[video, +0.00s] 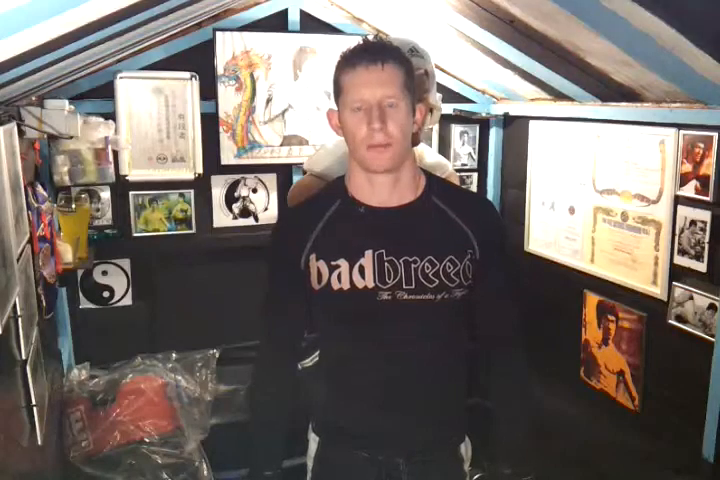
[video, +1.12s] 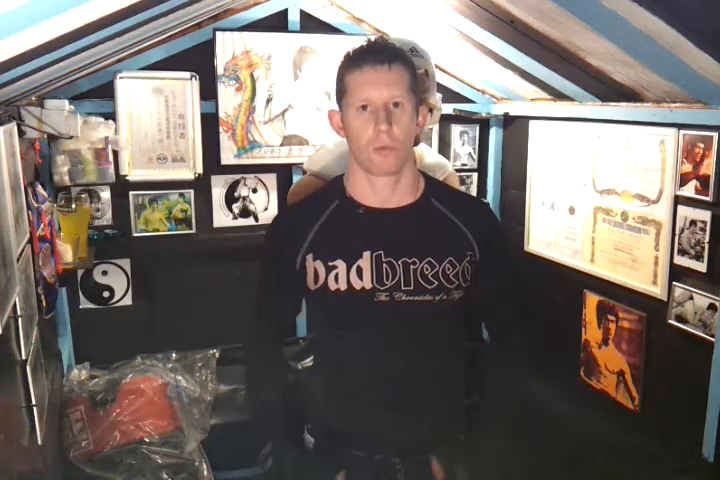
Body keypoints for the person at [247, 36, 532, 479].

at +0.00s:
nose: (377, 123)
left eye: (390, 106)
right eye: (359, 109)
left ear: (418, 116)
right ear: (337, 123)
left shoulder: (476, 221)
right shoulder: (301, 227)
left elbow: (503, 353)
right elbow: (278, 358)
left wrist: (502, 466)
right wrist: (272, 466)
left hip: (441, 458)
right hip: (342, 458)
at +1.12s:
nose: (383, 123)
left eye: (397, 105)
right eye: (365, 108)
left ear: (421, 119)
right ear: (339, 124)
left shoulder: (474, 223)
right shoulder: (299, 226)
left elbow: (510, 350)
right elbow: (266, 350)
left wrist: (473, 457)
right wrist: (288, 455)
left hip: (443, 454)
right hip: (338, 454)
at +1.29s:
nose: (372, 135)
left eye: (386, 114)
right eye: (353, 118)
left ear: (414, 120)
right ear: (330, 129)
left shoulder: (468, 224)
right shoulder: (293, 229)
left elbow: (501, 348)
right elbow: (257, 346)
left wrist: (452, 402)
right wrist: (319, 405)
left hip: (435, 458)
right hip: (334, 457)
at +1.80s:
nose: (321, 148)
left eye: (339, 123)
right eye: (303, 128)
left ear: (376, 127)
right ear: (284, 138)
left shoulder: (464, 237)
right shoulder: (280, 243)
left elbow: (520, 361)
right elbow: (262, 356)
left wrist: (445, 432)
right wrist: (280, 409)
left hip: (440, 466)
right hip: (325, 464)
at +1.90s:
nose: (323, 160)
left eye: (342, 133)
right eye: (304, 136)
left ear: (382, 135)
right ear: (285, 143)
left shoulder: (463, 251)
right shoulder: (298, 236)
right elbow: (270, 344)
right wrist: (254, 412)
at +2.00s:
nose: (326, 166)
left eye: (351, 137)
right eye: (309, 137)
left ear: (395, 143)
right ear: (291, 140)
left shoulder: (467, 270)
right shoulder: (313, 246)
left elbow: (520, 440)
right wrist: (248, 420)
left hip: (440, 465)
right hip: (340, 463)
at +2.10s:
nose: (325, 160)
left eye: (356, 127)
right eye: (313, 126)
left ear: (409, 137)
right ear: (296, 129)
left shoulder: (468, 268)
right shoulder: (337, 240)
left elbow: (496, 458)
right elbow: (350, 377)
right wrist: (261, 393)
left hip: (435, 469)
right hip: (354, 464)